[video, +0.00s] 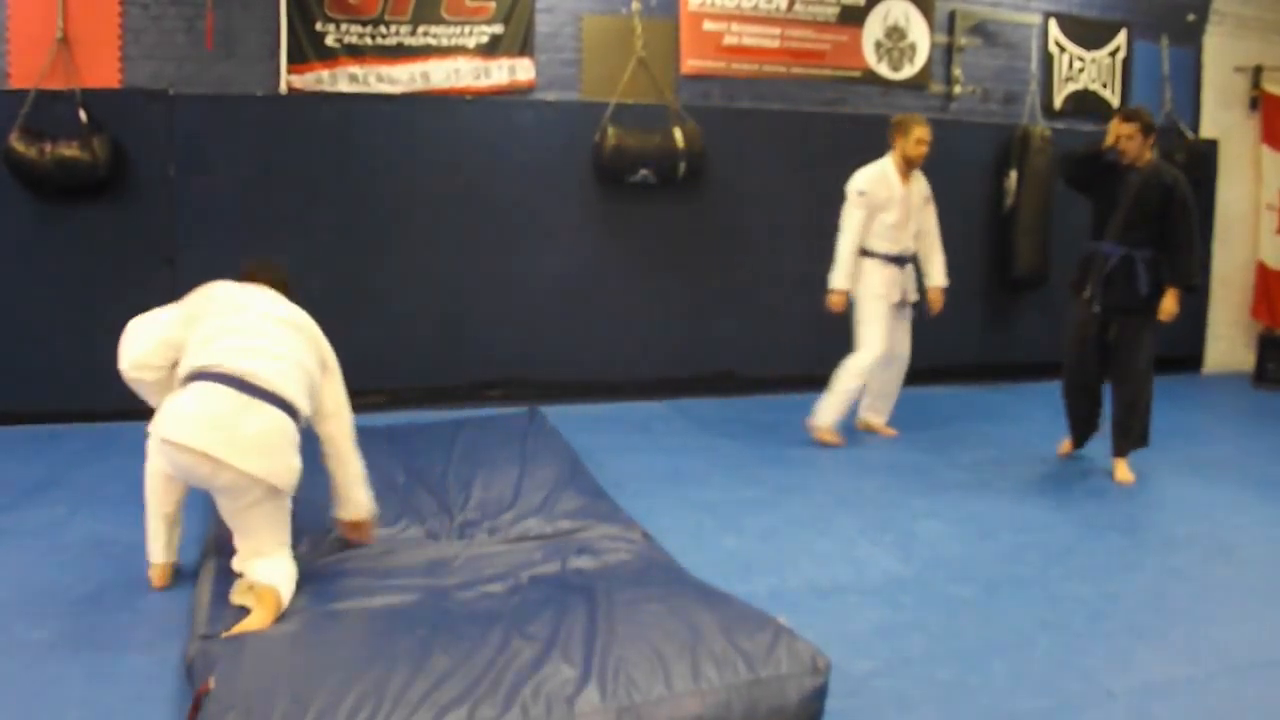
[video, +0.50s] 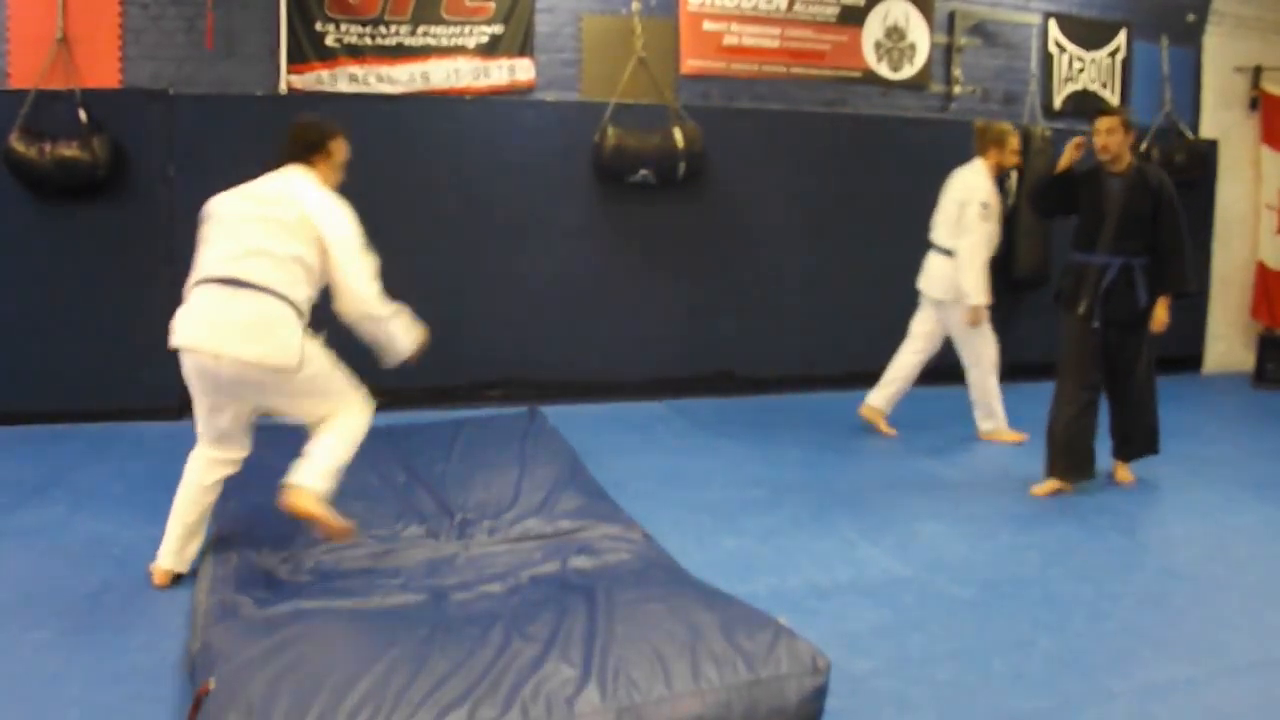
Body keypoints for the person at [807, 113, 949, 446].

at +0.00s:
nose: (924, 150)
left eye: (927, 144)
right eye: (918, 142)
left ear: (928, 147)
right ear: (898, 141)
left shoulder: (920, 185)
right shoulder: (867, 180)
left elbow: (929, 236)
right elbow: (849, 235)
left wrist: (936, 282)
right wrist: (839, 284)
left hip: (905, 270)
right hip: (872, 267)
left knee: (899, 349)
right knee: (871, 347)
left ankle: (873, 414)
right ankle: (823, 419)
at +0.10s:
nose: (938, 147)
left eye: (940, 141)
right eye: (932, 140)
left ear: (939, 143)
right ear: (911, 137)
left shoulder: (927, 180)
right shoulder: (878, 175)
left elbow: (937, 229)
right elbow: (863, 229)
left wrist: (947, 273)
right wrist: (861, 278)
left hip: (910, 265)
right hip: (882, 263)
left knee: (905, 345)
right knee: (895, 342)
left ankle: (877, 416)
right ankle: (856, 415)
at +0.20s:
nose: (957, 148)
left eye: (958, 141)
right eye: (952, 140)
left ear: (941, 141)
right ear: (931, 137)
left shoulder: (937, 174)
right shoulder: (896, 172)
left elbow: (947, 223)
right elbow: (884, 225)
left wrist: (960, 265)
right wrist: (889, 274)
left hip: (921, 263)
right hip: (898, 263)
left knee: (897, 341)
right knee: (927, 337)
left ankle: (872, 409)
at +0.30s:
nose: (974, 155)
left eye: (975, 148)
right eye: (970, 147)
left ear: (953, 146)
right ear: (949, 143)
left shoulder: (948, 180)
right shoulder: (919, 176)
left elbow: (955, 228)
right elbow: (906, 229)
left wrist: (971, 267)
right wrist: (915, 278)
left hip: (928, 266)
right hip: (913, 268)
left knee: (901, 347)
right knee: (946, 346)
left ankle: (871, 412)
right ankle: (964, 421)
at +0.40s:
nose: (993, 160)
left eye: (994, 153)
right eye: (989, 153)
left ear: (973, 150)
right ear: (970, 149)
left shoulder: (960, 180)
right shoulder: (946, 181)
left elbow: (964, 236)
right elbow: (937, 238)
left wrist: (976, 274)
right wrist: (945, 290)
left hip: (928, 270)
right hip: (931, 272)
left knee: (904, 348)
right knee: (962, 353)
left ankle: (870, 411)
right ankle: (990, 422)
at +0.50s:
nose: (1018, 158)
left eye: (1018, 152)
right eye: (1013, 152)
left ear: (990, 151)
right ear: (994, 151)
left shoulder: (962, 174)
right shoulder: (982, 187)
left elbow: (946, 227)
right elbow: (973, 245)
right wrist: (976, 297)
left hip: (936, 266)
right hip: (958, 274)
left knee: (918, 344)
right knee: (982, 352)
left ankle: (877, 404)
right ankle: (991, 424)